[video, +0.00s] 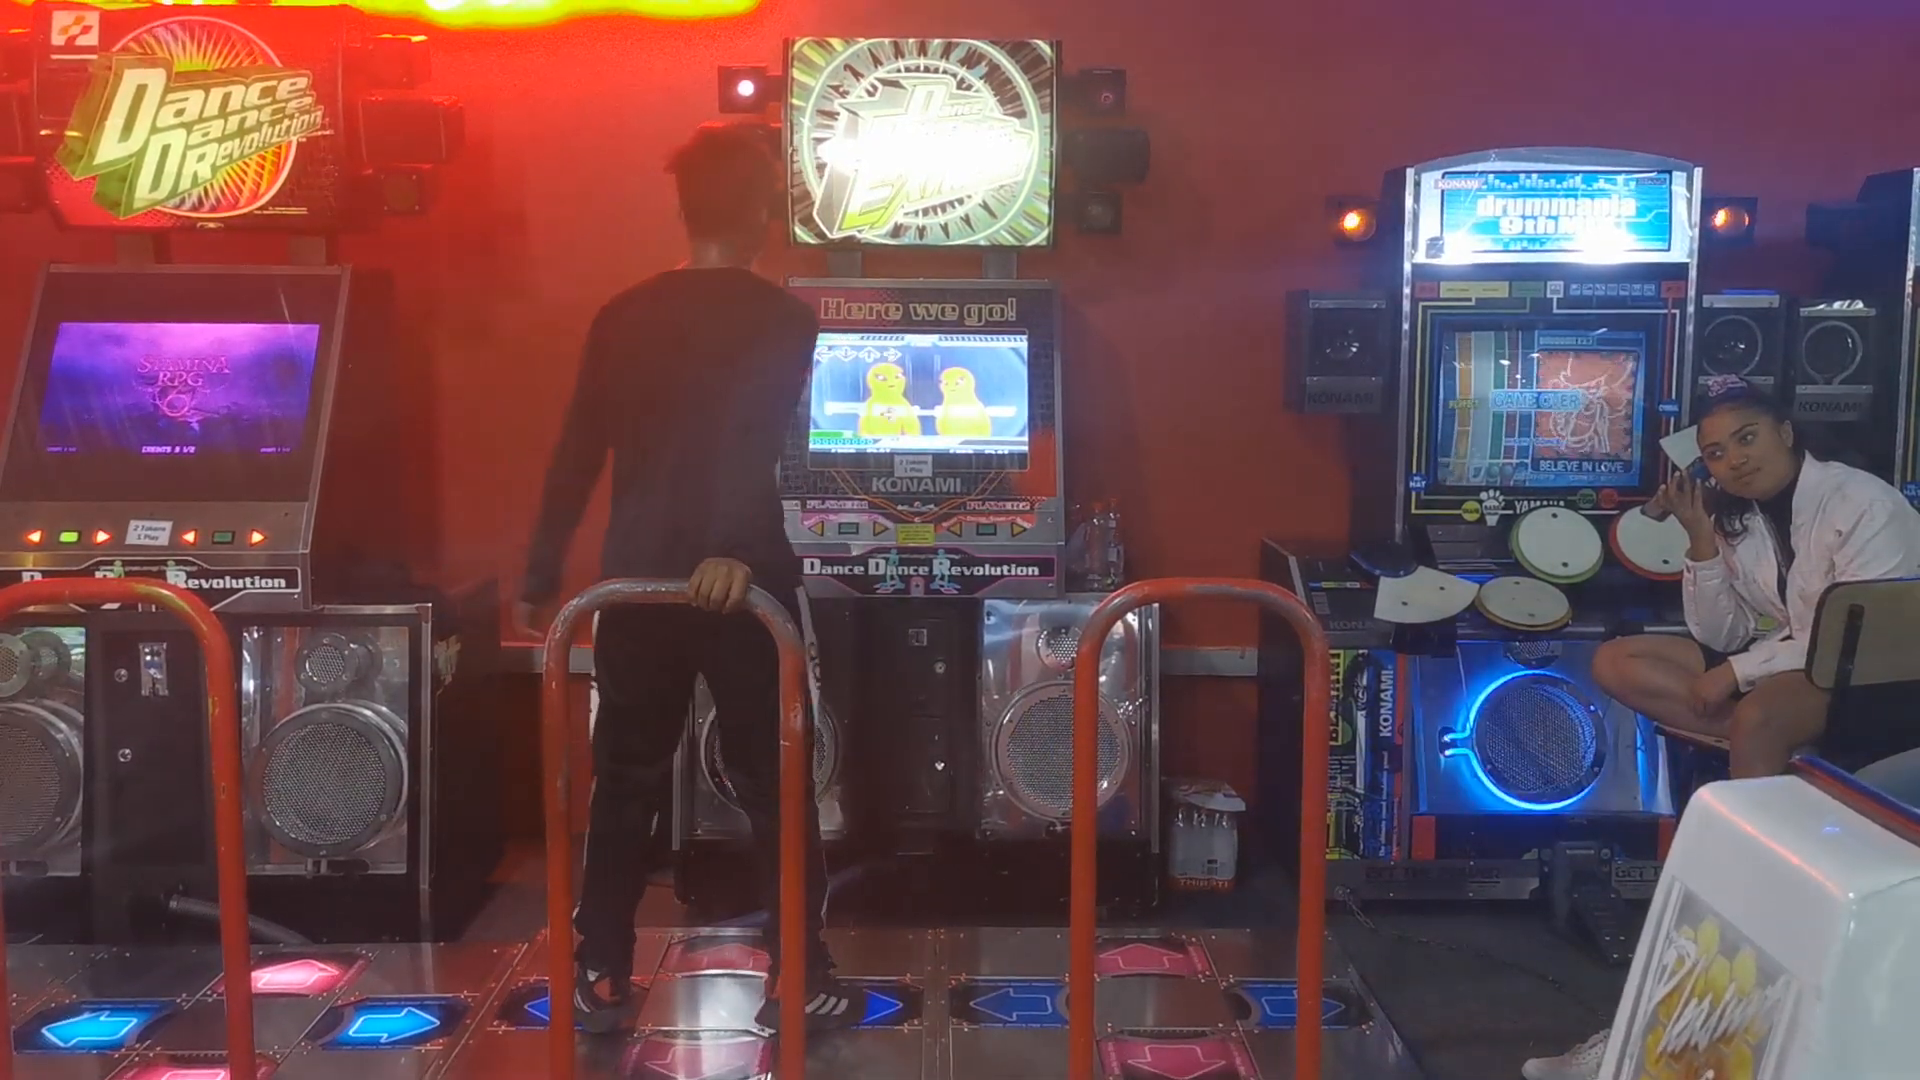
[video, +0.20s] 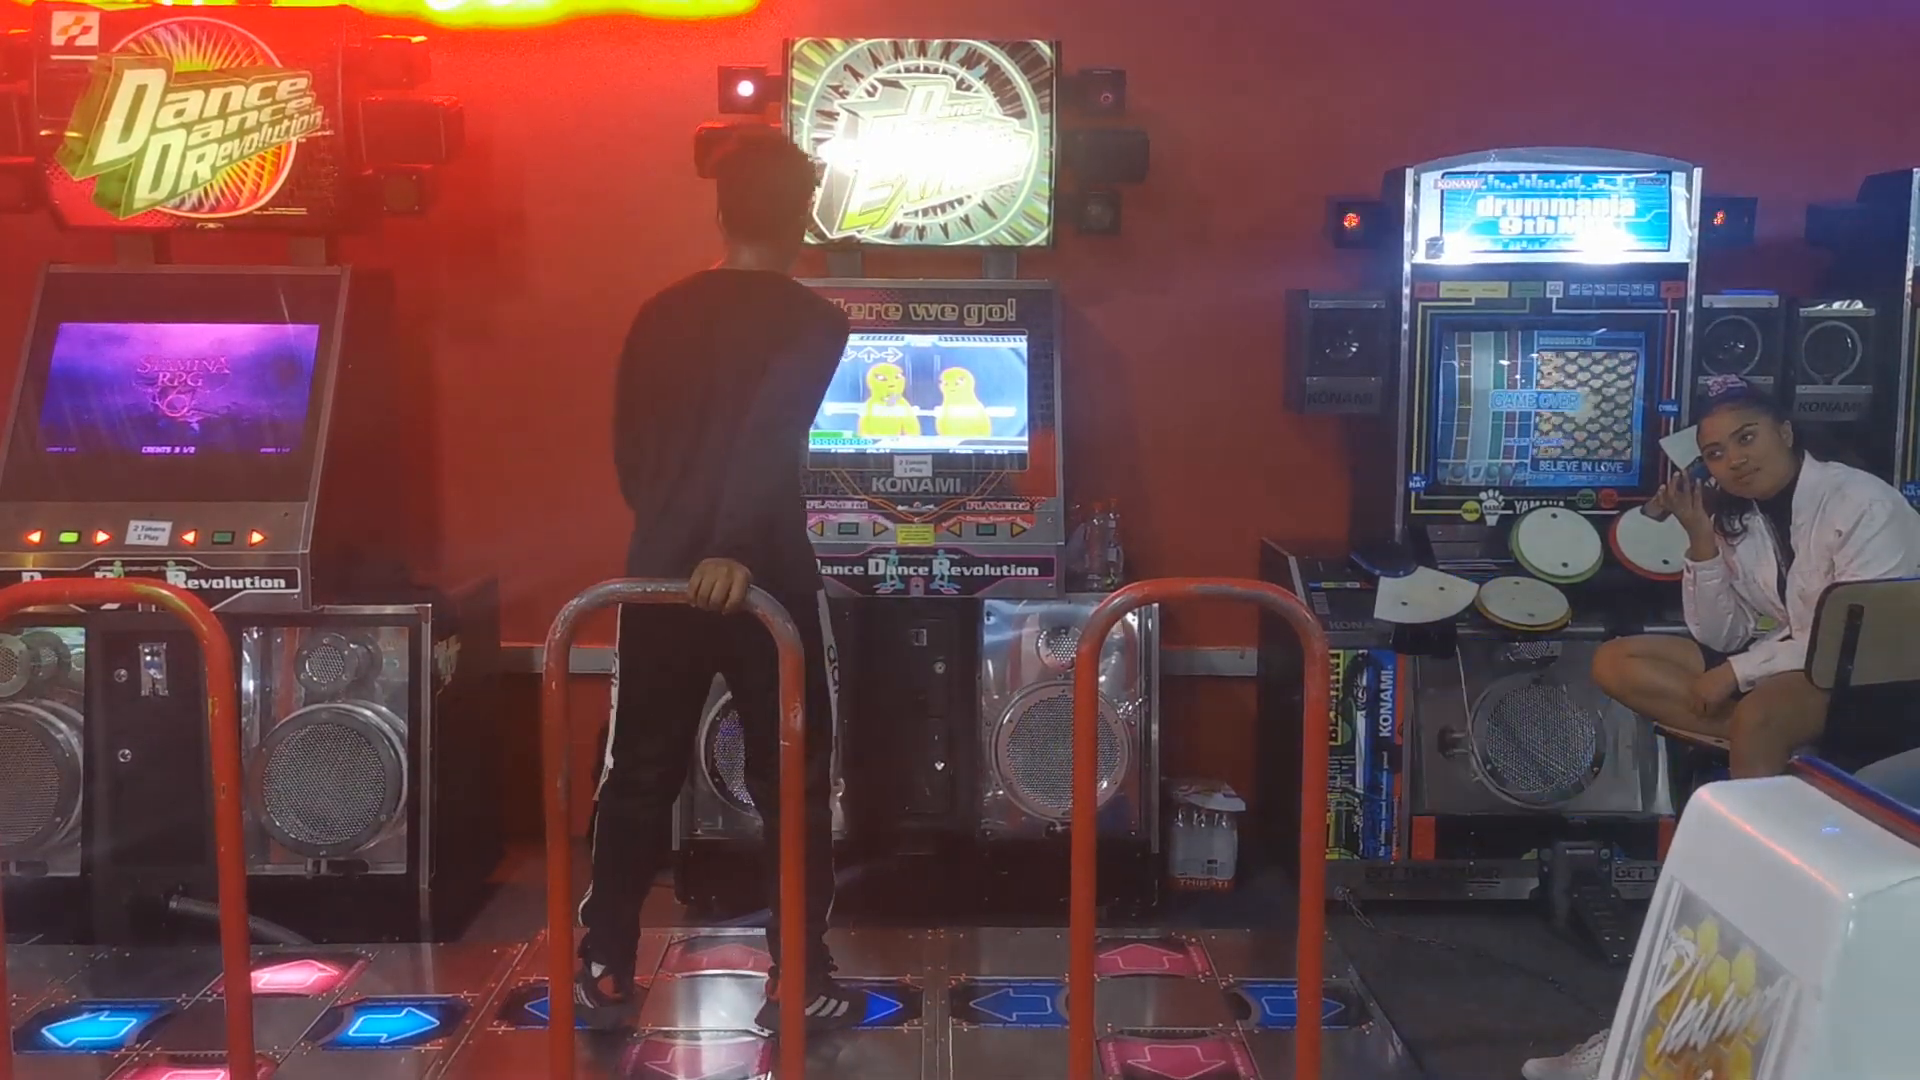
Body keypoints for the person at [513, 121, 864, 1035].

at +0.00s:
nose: (779, 220)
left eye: (774, 205)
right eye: (774, 206)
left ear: (686, 212)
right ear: (758, 215)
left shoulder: (626, 312)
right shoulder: (786, 318)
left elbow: (577, 452)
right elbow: (769, 444)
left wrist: (540, 578)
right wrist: (736, 545)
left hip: (640, 578)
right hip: (747, 582)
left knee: (625, 783)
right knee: (768, 782)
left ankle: (602, 974)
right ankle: (806, 970)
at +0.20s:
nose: (811, 221)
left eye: (804, 206)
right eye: (809, 208)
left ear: (723, 213)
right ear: (797, 215)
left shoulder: (659, 311)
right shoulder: (812, 318)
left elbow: (632, 447)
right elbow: (772, 432)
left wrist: (668, 533)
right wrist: (732, 544)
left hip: (662, 570)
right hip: (765, 575)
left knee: (639, 774)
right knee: (792, 782)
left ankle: (605, 971)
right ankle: (801, 979)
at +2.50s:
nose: (771, 243)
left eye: (762, 228)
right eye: (764, 229)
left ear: (691, 235)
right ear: (753, 236)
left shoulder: (627, 326)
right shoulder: (773, 341)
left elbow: (590, 462)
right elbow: (748, 448)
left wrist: (576, 582)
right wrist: (726, 547)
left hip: (612, 578)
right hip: (711, 582)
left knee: (597, 766)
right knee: (709, 771)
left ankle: (589, 949)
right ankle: (703, 951)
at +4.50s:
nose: (820, 242)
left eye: (811, 227)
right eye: (815, 229)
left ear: (733, 235)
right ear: (805, 237)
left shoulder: (660, 320)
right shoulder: (828, 341)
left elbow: (610, 459)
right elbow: (777, 444)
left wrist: (599, 575)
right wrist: (729, 547)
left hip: (648, 580)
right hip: (758, 582)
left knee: (623, 766)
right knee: (789, 777)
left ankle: (591, 962)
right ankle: (810, 972)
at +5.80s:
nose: (796, 259)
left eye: (792, 241)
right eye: (791, 242)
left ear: (714, 246)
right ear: (780, 246)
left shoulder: (652, 340)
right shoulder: (786, 332)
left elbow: (618, 474)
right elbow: (735, 435)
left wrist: (641, 561)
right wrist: (720, 546)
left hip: (636, 605)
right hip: (732, 601)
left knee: (636, 800)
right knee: (801, 786)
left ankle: (598, 976)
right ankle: (801, 976)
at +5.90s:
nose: (788, 257)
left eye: (785, 240)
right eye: (782, 241)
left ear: (714, 248)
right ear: (774, 248)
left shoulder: (651, 342)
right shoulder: (785, 334)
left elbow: (628, 482)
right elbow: (733, 432)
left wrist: (649, 568)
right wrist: (722, 546)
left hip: (637, 607)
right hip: (738, 596)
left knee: (652, 780)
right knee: (839, 745)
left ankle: (601, 975)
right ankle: (813, 951)